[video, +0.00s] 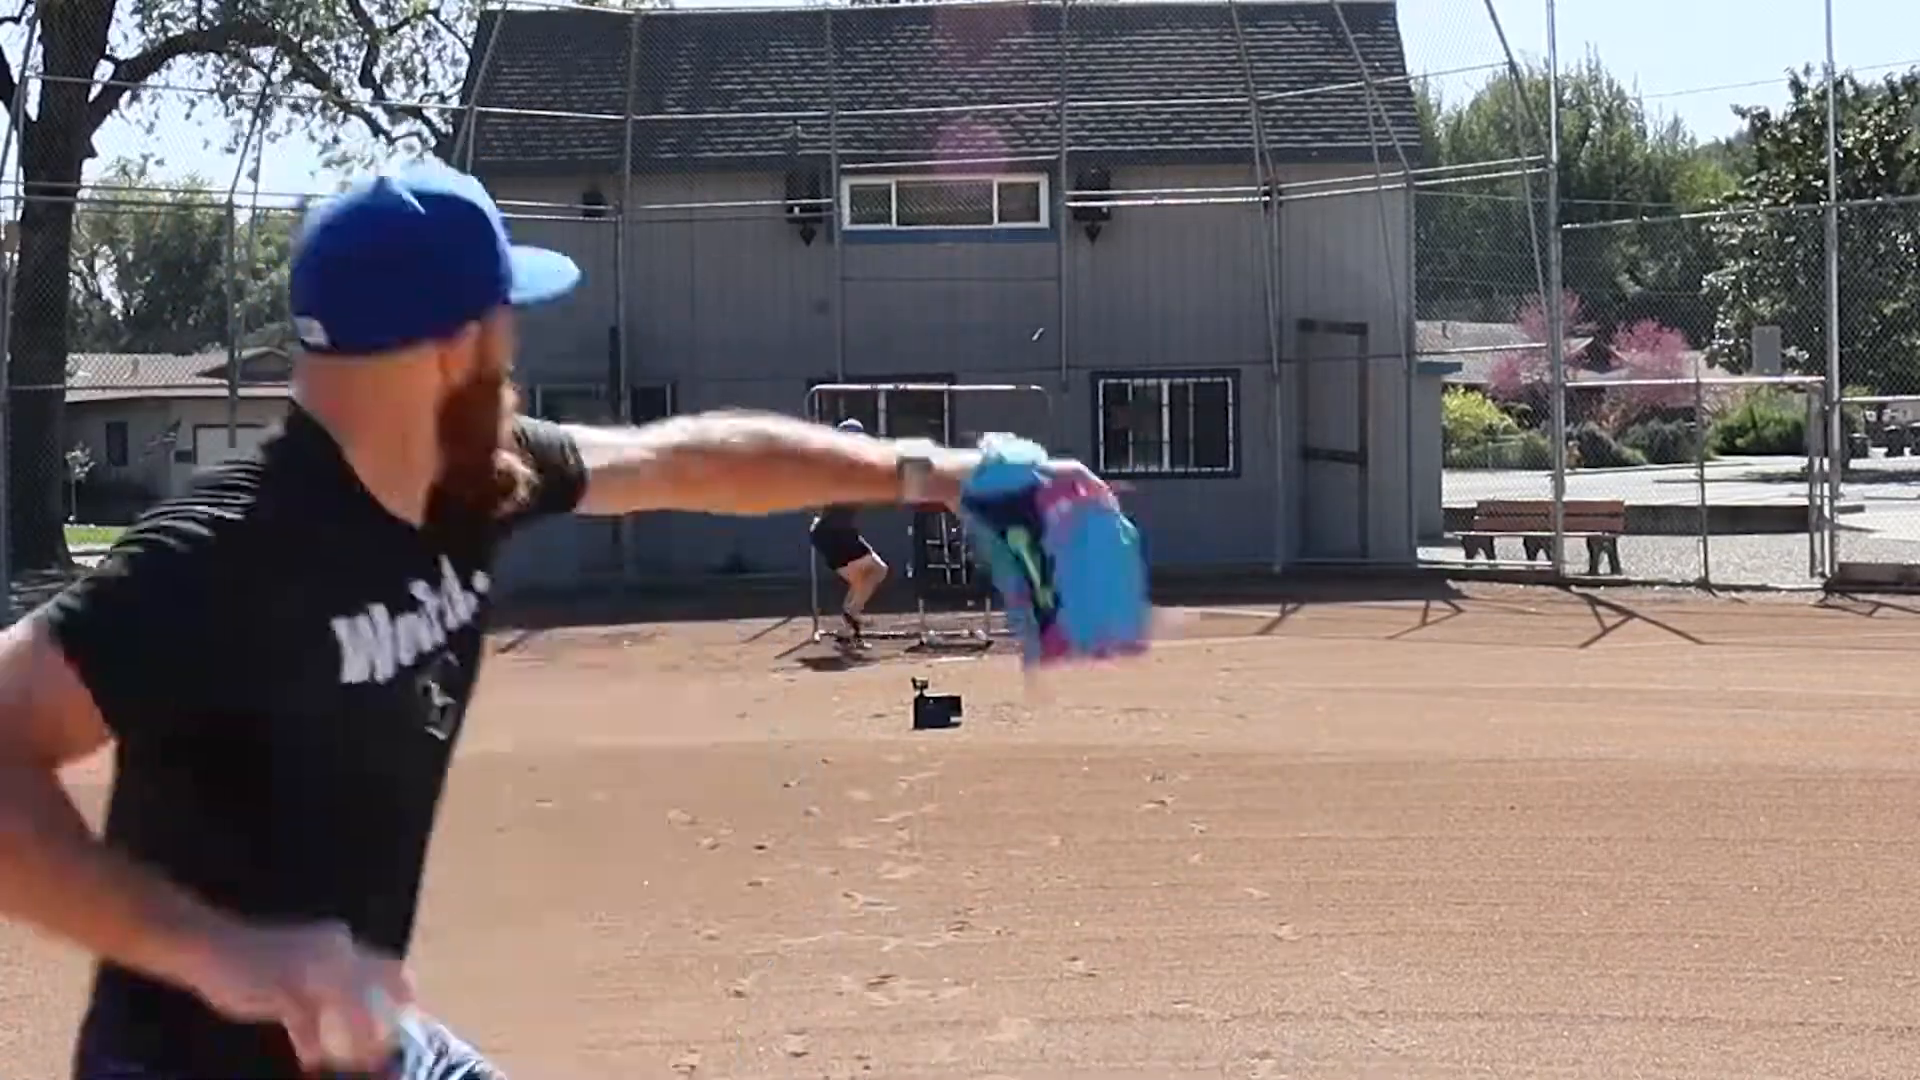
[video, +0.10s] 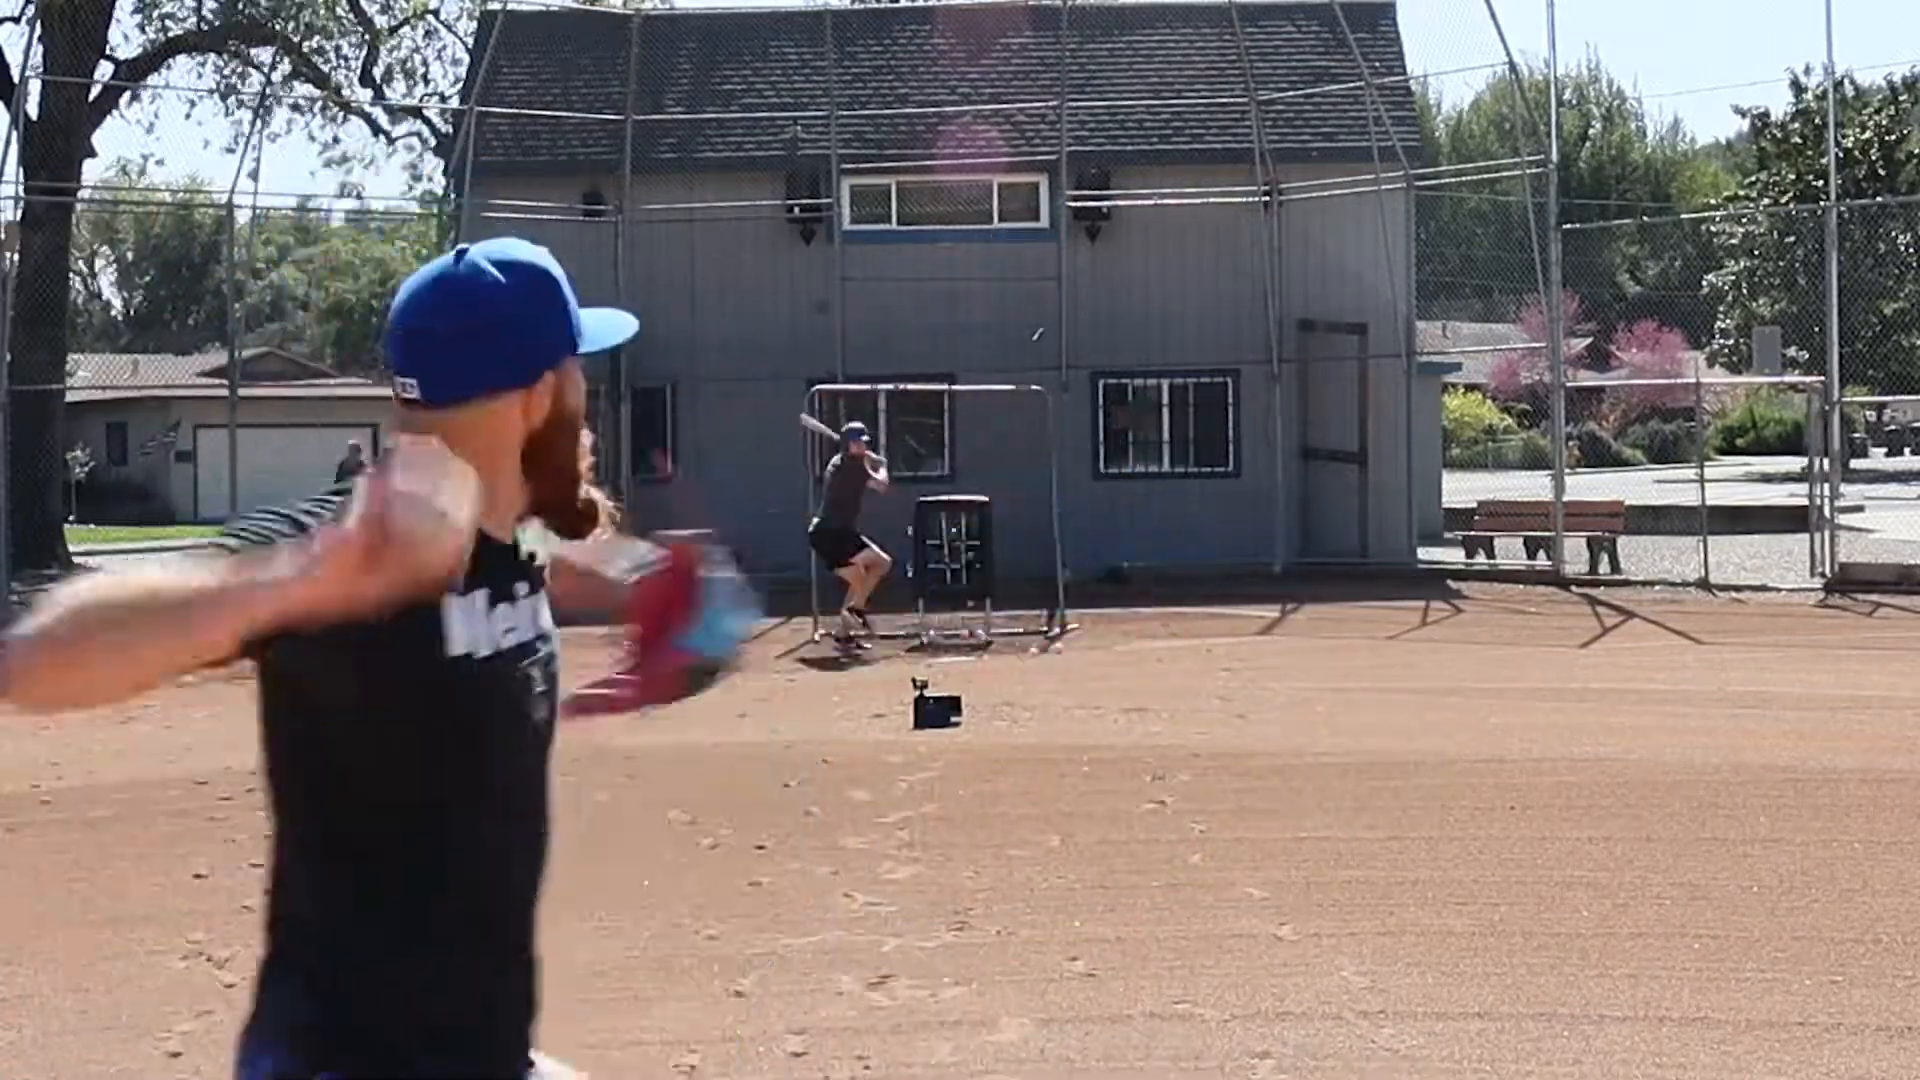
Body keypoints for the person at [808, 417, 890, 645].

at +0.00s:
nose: (856, 444)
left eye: (857, 440)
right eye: (853, 439)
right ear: (846, 442)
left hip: (823, 528)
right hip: (838, 528)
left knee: (858, 579)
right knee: (877, 568)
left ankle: (847, 632)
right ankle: (854, 609)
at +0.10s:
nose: (863, 446)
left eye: (864, 441)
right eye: (858, 442)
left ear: (861, 444)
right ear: (849, 444)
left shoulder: (838, 462)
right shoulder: (854, 464)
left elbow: (878, 487)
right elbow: (883, 483)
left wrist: (874, 464)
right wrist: (880, 463)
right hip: (835, 531)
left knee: (858, 579)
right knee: (881, 562)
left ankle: (844, 633)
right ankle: (858, 606)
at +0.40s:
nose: (867, 456)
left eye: (868, 451)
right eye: (863, 451)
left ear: (865, 453)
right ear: (854, 452)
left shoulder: (836, 469)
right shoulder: (858, 474)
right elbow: (879, 494)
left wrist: (866, 470)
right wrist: (872, 474)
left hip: (817, 535)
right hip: (833, 535)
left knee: (856, 584)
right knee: (871, 575)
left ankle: (844, 632)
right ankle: (845, 617)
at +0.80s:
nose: (871, 464)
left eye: (872, 459)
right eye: (867, 459)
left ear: (857, 462)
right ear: (856, 461)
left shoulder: (838, 476)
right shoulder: (855, 484)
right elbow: (877, 517)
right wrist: (870, 493)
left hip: (828, 544)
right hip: (823, 546)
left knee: (855, 591)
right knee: (846, 595)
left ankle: (842, 634)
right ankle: (820, 643)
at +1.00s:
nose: (868, 454)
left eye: (868, 449)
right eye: (864, 450)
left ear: (852, 451)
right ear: (852, 450)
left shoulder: (840, 471)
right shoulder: (847, 475)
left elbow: (852, 504)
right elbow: (856, 518)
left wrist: (867, 516)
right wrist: (875, 527)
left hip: (836, 539)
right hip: (830, 541)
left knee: (855, 590)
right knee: (844, 593)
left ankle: (844, 635)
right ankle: (821, 643)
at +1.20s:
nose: (868, 452)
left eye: (867, 447)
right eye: (864, 448)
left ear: (852, 450)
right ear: (852, 449)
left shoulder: (847, 472)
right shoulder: (843, 473)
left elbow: (848, 507)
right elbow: (841, 510)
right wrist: (856, 536)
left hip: (840, 538)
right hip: (830, 538)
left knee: (855, 590)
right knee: (842, 592)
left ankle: (843, 634)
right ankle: (821, 642)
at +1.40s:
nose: (862, 450)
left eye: (863, 446)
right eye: (857, 446)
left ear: (858, 448)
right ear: (846, 449)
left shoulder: (837, 466)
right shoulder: (850, 472)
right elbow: (876, 492)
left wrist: (868, 470)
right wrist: (879, 475)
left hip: (815, 537)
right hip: (829, 536)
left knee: (854, 580)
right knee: (874, 561)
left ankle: (841, 633)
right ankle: (854, 602)